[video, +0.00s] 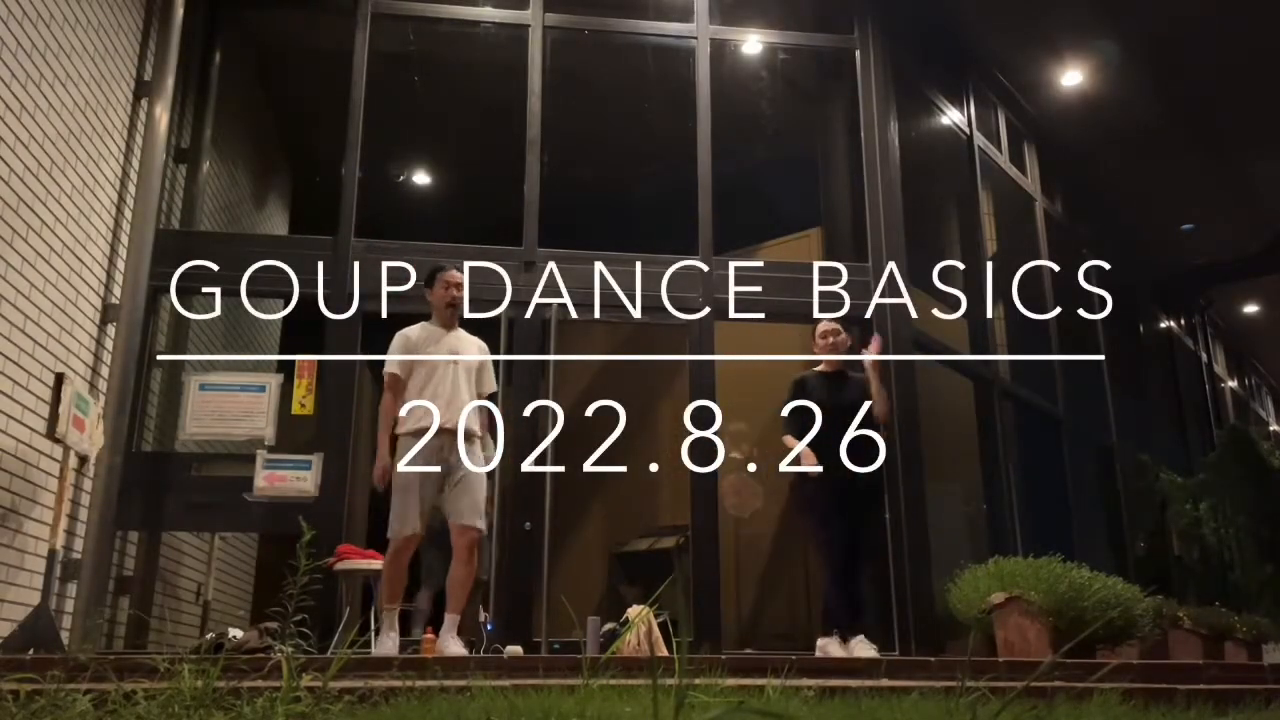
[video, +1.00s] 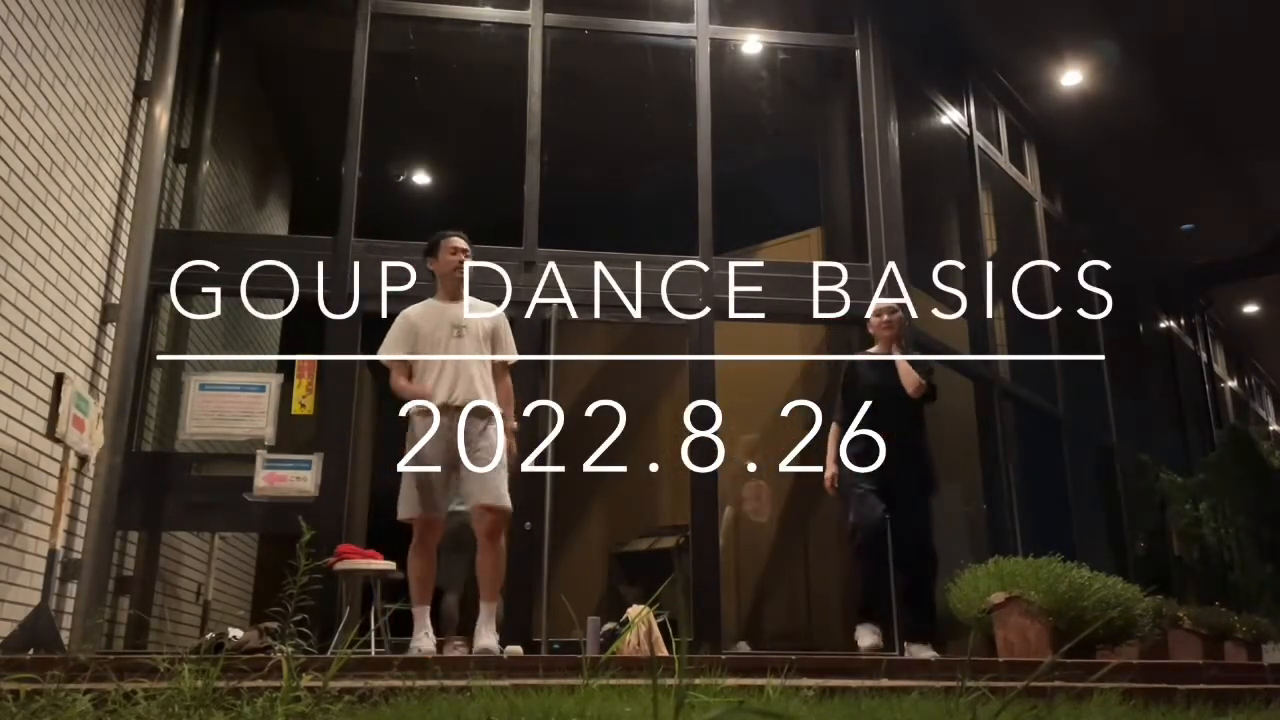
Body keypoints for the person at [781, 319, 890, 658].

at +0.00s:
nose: (830, 340)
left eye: (836, 333)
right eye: (823, 336)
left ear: (848, 341)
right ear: (814, 345)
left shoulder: (862, 381)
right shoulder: (805, 383)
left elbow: (883, 415)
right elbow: (787, 433)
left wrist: (872, 368)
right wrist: (802, 451)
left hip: (860, 478)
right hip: (822, 481)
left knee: (857, 553)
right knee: (834, 554)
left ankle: (839, 634)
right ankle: (844, 633)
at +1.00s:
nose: (886, 319)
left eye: (892, 313)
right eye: (879, 314)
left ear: (904, 319)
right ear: (870, 323)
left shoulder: (916, 357)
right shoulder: (856, 363)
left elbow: (916, 389)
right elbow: (841, 416)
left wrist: (896, 349)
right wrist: (831, 460)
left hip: (909, 468)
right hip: (864, 470)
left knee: (915, 550)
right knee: (870, 530)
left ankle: (917, 638)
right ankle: (867, 623)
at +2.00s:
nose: (833, 304)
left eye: (841, 298)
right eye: (828, 297)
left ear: (857, 307)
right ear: (821, 304)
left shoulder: (876, 358)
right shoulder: (804, 351)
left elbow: (898, 409)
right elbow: (772, 392)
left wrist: (896, 448)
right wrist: (772, 431)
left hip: (861, 461)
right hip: (810, 457)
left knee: (882, 541)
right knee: (793, 514)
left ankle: (903, 634)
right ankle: (779, 601)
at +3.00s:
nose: (863, 343)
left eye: (867, 335)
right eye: (854, 335)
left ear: (874, 341)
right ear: (838, 341)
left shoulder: (877, 385)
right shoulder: (822, 382)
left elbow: (913, 408)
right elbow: (813, 434)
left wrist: (927, 423)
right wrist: (859, 419)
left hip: (879, 486)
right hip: (835, 489)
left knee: (896, 552)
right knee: (866, 545)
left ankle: (905, 637)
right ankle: (864, 633)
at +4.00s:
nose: (836, 323)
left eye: (844, 316)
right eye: (831, 315)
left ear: (856, 324)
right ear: (819, 321)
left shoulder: (868, 366)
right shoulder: (808, 363)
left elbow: (891, 405)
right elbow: (772, 362)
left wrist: (843, 388)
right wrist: (763, 402)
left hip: (861, 472)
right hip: (814, 466)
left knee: (870, 551)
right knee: (770, 510)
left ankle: (866, 635)